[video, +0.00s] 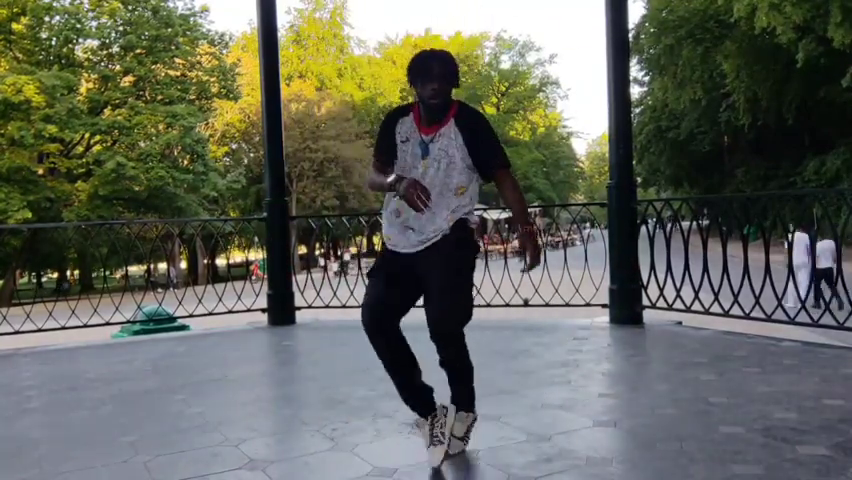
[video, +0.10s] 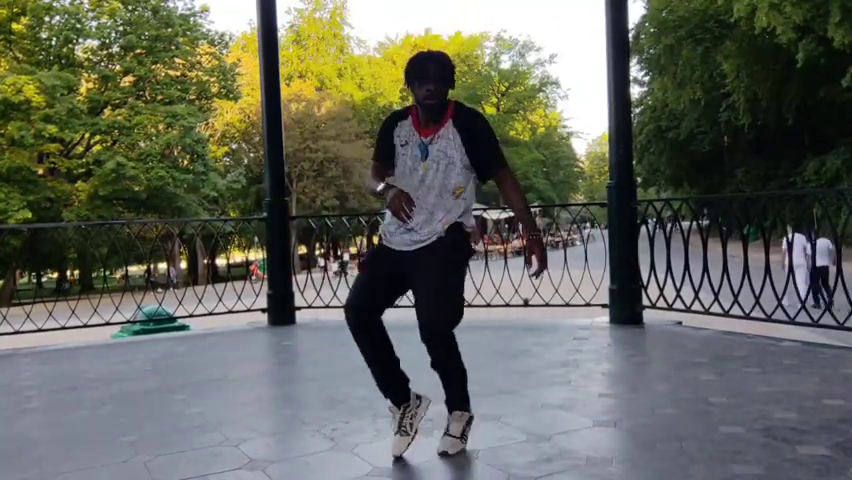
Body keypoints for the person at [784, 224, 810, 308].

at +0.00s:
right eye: (806, 228)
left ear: (796, 227)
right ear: (804, 228)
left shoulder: (791, 236)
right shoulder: (806, 236)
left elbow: (787, 248)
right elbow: (808, 249)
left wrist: (788, 260)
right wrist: (809, 258)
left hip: (793, 260)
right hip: (804, 260)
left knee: (791, 282)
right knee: (803, 282)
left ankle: (791, 302)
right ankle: (802, 301)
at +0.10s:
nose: (787, 230)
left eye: (788, 229)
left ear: (789, 229)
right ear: (797, 228)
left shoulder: (786, 238)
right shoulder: (802, 237)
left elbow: (784, 251)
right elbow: (807, 251)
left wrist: (783, 262)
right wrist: (808, 262)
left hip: (789, 263)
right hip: (800, 262)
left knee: (788, 283)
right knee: (801, 282)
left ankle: (787, 301)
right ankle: (802, 302)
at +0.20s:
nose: (788, 230)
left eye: (787, 229)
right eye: (789, 229)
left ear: (786, 230)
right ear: (793, 229)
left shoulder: (783, 239)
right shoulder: (799, 238)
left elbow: (781, 252)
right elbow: (803, 251)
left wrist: (780, 262)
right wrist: (804, 261)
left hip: (787, 263)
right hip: (798, 262)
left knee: (786, 283)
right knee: (800, 282)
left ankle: (785, 301)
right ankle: (802, 300)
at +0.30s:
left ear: (782, 229)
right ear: (791, 228)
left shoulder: (780, 238)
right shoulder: (796, 237)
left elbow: (778, 250)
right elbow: (799, 250)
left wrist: (777, 261)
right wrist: (801, 260)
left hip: (784, 262)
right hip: (795, 261)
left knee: (784, 282)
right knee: (797, 281)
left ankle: (786, 300)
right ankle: (799, 299)